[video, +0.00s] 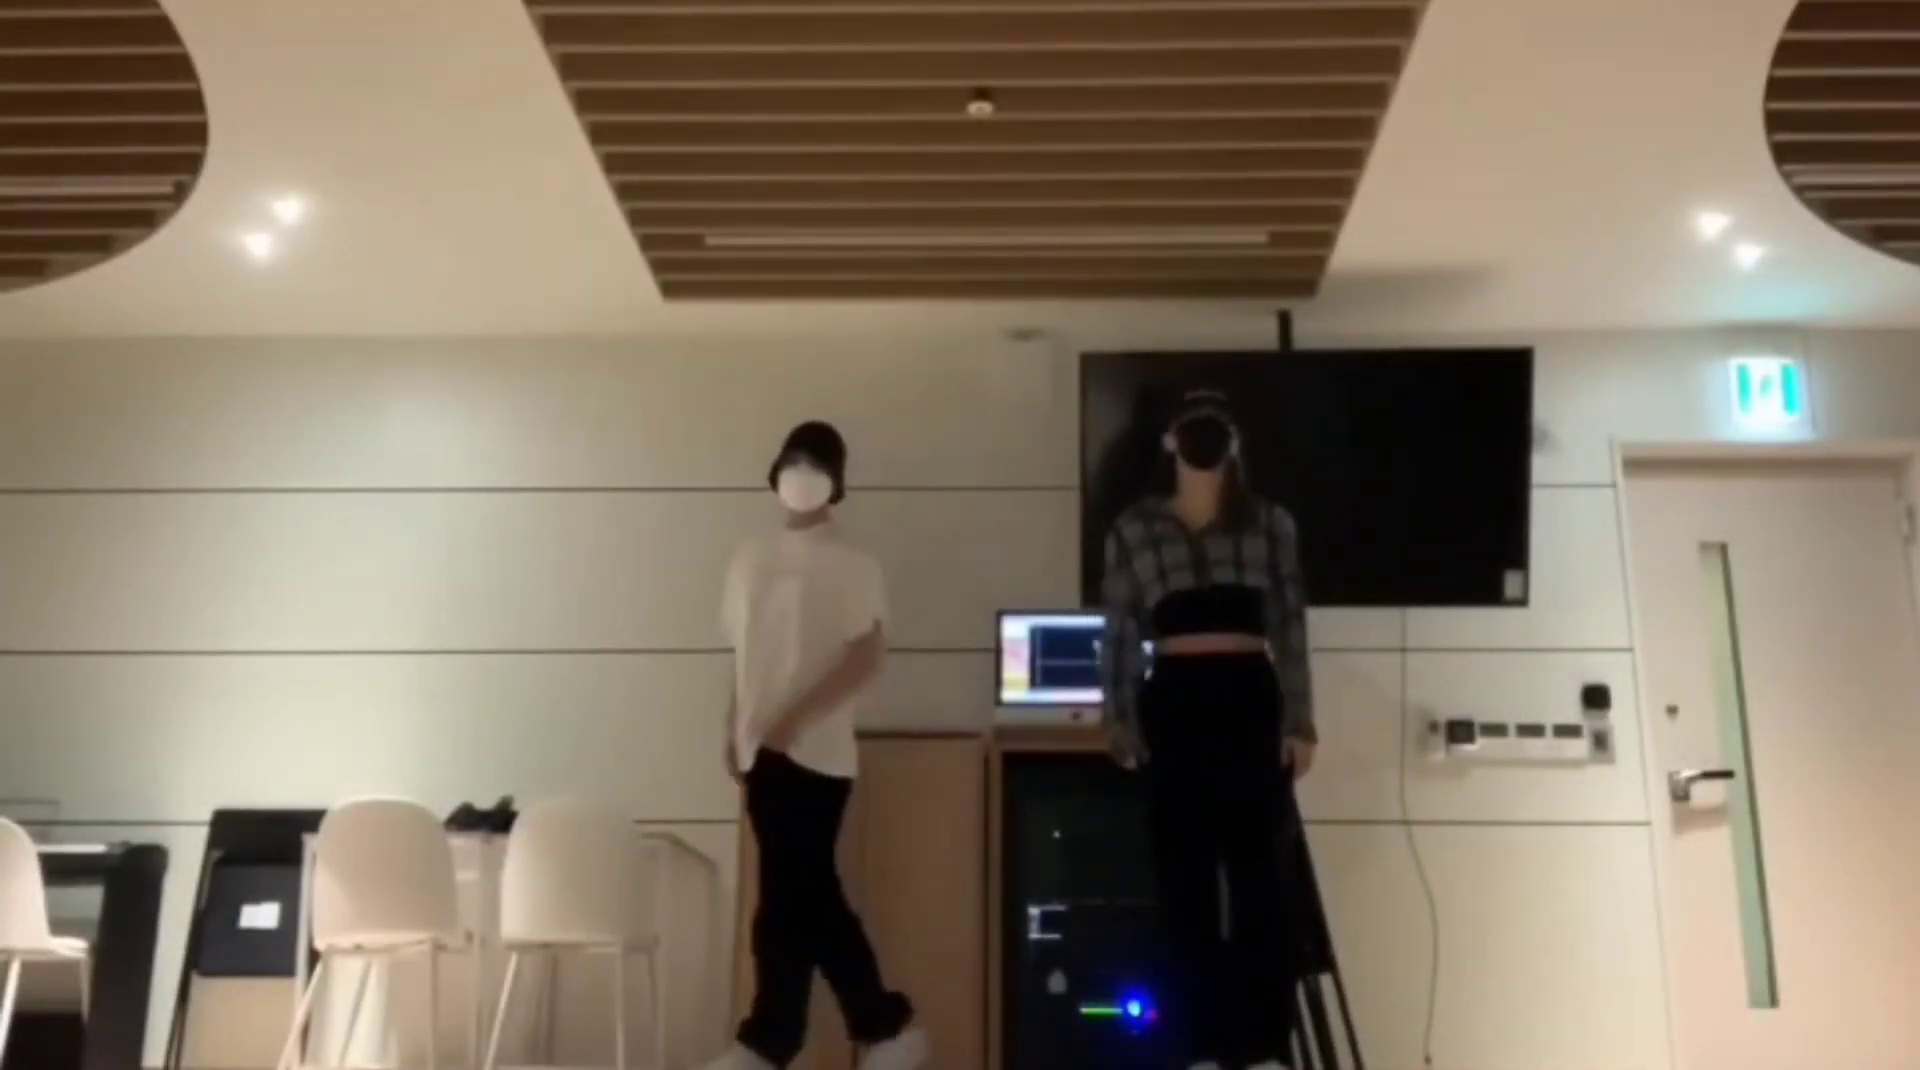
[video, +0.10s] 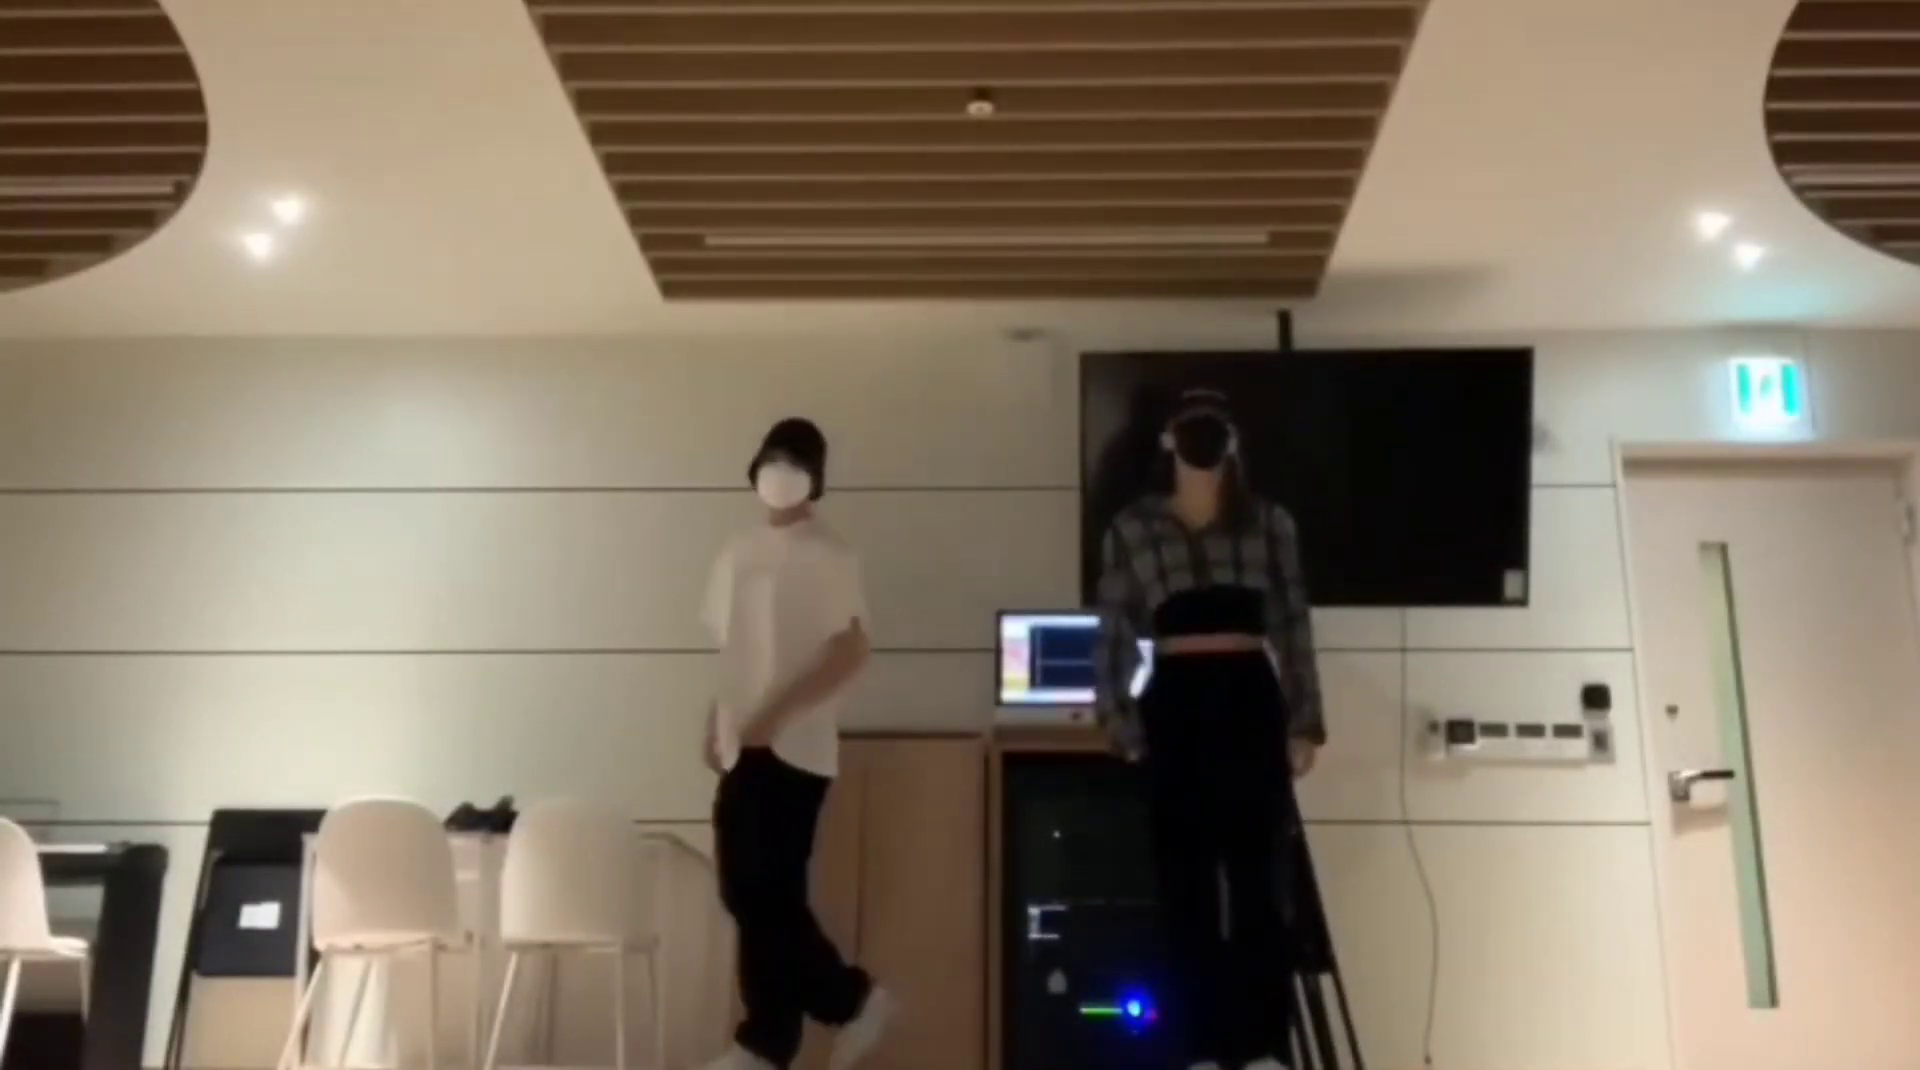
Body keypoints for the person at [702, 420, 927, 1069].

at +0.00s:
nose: (802, 481)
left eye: (816, 470)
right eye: (792, 468)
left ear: (836, 482)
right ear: (775, 475)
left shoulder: (854, 561)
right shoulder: (750, 558)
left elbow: (866, 656)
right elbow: (742, 656)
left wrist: (789, 723)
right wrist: (733, 732)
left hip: (822, 757)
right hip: (761, 753)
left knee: (784, 906)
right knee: (816, 902)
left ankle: (768, 1043)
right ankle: (886, 1029)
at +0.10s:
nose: (780, 478)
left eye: (795, 467)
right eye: (770, 464)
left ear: (815, 478)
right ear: (754, 472)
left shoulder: (831, 556)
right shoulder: (739, 553)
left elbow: (850, 649)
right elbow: (734, 652)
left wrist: (769, 718)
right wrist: (716, 723)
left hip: (800, 750)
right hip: (745, 748)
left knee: (769, 896)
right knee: (745, 893)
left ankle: (767, 1045)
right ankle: (852, 1001)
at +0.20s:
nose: (758, 477)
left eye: (773, 464)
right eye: (747, 465)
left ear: (796, 475)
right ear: (734, 473)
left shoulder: (817, 549)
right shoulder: (728, 552)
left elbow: (839, 640)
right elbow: (728, 652)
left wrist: (765, 711)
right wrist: (704, 721)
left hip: (784, 752)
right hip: (724, 752)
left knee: (766, 892)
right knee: (696, 883)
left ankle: (767, 1042)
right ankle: (788, 994)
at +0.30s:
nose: (741, 476)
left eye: (755, 463)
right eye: (730, 464)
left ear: (778, 473)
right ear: (716, 472)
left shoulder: (804, 551)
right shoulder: (708, 551)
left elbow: (831, 638)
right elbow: (715, 651)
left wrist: (764, 711)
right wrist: (690, 720)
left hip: (768, 760)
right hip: (701, 760)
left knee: (766, 906)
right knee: (668, 889)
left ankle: (764, 1046)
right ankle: (702, 1030)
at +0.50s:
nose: (706, 477)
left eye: (720, 465)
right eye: (696, 465)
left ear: (743, 475)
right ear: (682, 474)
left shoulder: (774, 554)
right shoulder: (664, 557)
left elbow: (805, 639)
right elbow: (648, 642)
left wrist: (751, 710)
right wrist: (640, 706)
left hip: (736, 767)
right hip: (661, 767)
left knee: (755, 915)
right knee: (622, 907)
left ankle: (759, 1049)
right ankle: (604, 1046)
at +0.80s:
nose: (673, 474)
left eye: (686, 462)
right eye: (663, 462)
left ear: (707, 473)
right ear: (645, 471)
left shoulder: (737, 551)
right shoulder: (614, 545)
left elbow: (762, 639)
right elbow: (570, 629)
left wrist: (690, 638)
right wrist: (636, 631)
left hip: (703, 735)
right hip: (622, 734)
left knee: (693, 884)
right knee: (604, 889)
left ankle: (688, 1016)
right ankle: (602, 1039)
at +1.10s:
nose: (666, 495)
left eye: (680, 484)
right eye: (654, 484)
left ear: (699, 496)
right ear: (637, 495)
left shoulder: (731, 575)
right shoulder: (612, 565)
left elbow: (776, 647)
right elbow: (555, 621)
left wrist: (741, 683)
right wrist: (610, 617)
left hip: (716, 760)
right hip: (632, 768)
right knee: (606, 905)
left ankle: (720, 967)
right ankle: (613, 1044)